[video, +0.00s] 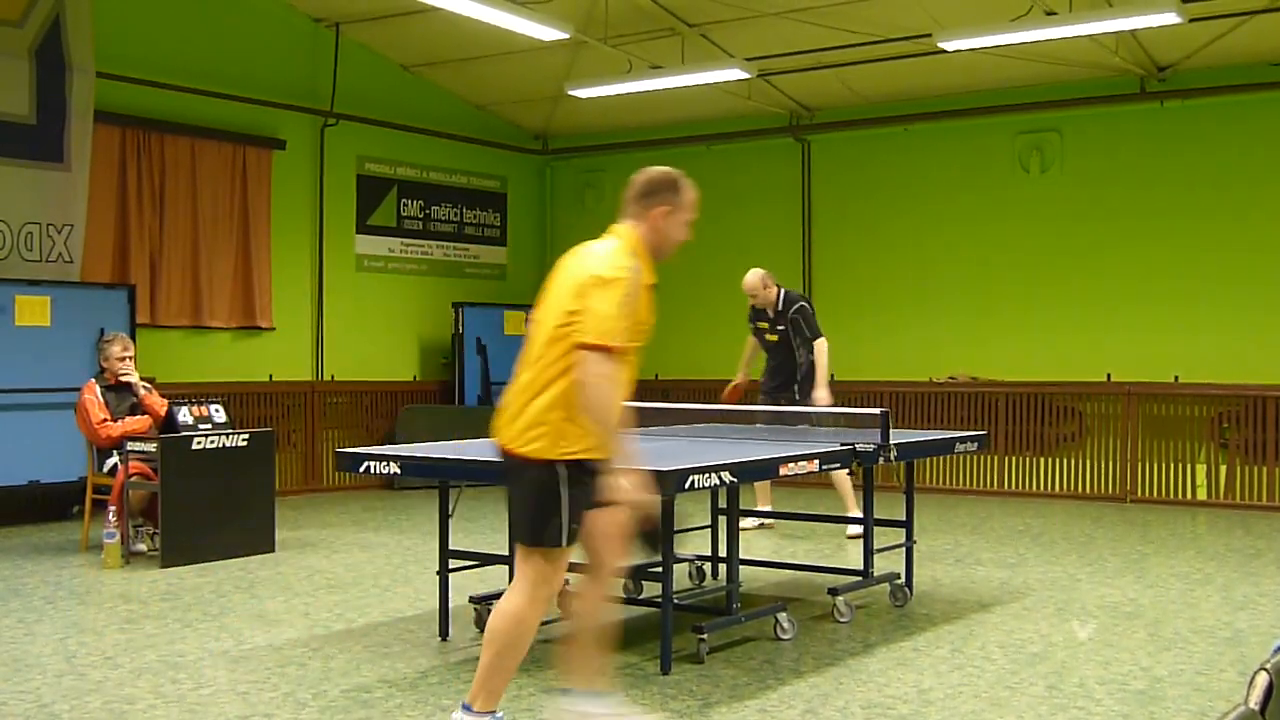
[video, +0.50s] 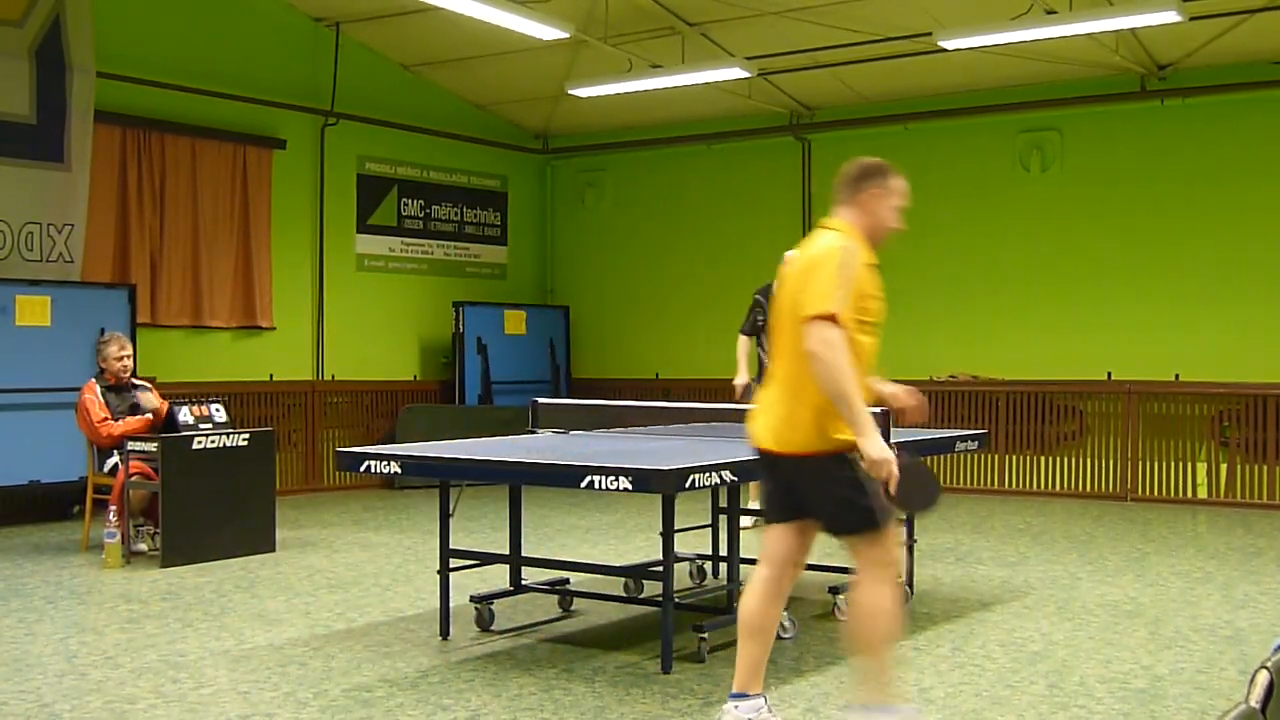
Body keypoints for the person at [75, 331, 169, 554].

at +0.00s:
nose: (128, 364)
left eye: (131, 359)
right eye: (121, 359)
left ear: (135, 360)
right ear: (104, 362)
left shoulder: (142, 388)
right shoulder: (90, 392)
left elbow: (168, 419)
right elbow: (102, 434)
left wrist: (140, 391)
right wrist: (146, 422)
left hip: (150, 453)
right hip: (115, 456)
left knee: (173, 478)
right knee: (140, 481)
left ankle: (155, 527)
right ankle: (135, 525)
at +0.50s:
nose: (126, 364)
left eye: (129, 358)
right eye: (119, 359)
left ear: (134, 359)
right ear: (103, 363)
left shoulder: (144, 387)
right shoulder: (90, 393)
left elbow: (168, 421)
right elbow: (104, 433)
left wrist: (157, 406)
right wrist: (148, 420)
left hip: (151, 451)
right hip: (116, 454)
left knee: (173, 475)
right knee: (141, 480)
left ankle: (156, 526)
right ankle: (135, 524)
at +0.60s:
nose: (126, 364)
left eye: (128, 358)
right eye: (119, 360)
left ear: (133, 359)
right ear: (102, 363)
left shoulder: (145, 388)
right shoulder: (90, 393)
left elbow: (167, 420)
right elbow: (104, 433)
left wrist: (166, 413)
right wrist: (149, 420)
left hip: (153, 452)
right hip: (117, 454)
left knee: (175, 476)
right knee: (141, 481)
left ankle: (155, 526)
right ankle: (135, 524)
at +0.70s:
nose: (125, 364)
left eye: (127, 358)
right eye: (118, 360)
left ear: (132, 359)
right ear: (102, 364)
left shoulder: (145, 388)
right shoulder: (90, 393)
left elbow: (165, 416)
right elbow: (103, 434)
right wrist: (147, 421)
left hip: (152, 452)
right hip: (116, 455)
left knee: (175, 476)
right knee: (140, 481)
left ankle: (153, 526)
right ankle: (135, 525)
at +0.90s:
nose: (124, 365)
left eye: (127, 359)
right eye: (117, 361)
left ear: (132, 360)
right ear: (101, 365)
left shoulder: (145, 388)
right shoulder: (89, 393)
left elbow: (165, 418)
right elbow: (102, 434)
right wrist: (146, 422)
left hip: (152, 452)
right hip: (116, 456)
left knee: (174, 476)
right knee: (139, 482)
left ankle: (155, 527)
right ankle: (135, 524)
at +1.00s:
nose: (124, 365)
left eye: (127, 359)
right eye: (117, 361)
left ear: (132, 359)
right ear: (101, 365)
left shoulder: (146, 388)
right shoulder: (89, 392)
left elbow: (166, 420)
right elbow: (102, 434)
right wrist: (146, 421)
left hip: (153, 452)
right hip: (116, 455)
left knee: (175, 475)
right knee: (140, 481)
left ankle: (153, 526)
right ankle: (135, 524)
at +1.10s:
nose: (124, 367)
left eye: (126, 360)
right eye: (116, 362)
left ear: (131, 360)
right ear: (101, 367)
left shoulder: (146, 388)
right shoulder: (89, 394)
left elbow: (167, 421)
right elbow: (102, 436)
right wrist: (145, 423)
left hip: (152, 453)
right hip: (116, 456)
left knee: (175, 476)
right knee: (140, 482)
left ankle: (152, 527)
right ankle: (134, 526)